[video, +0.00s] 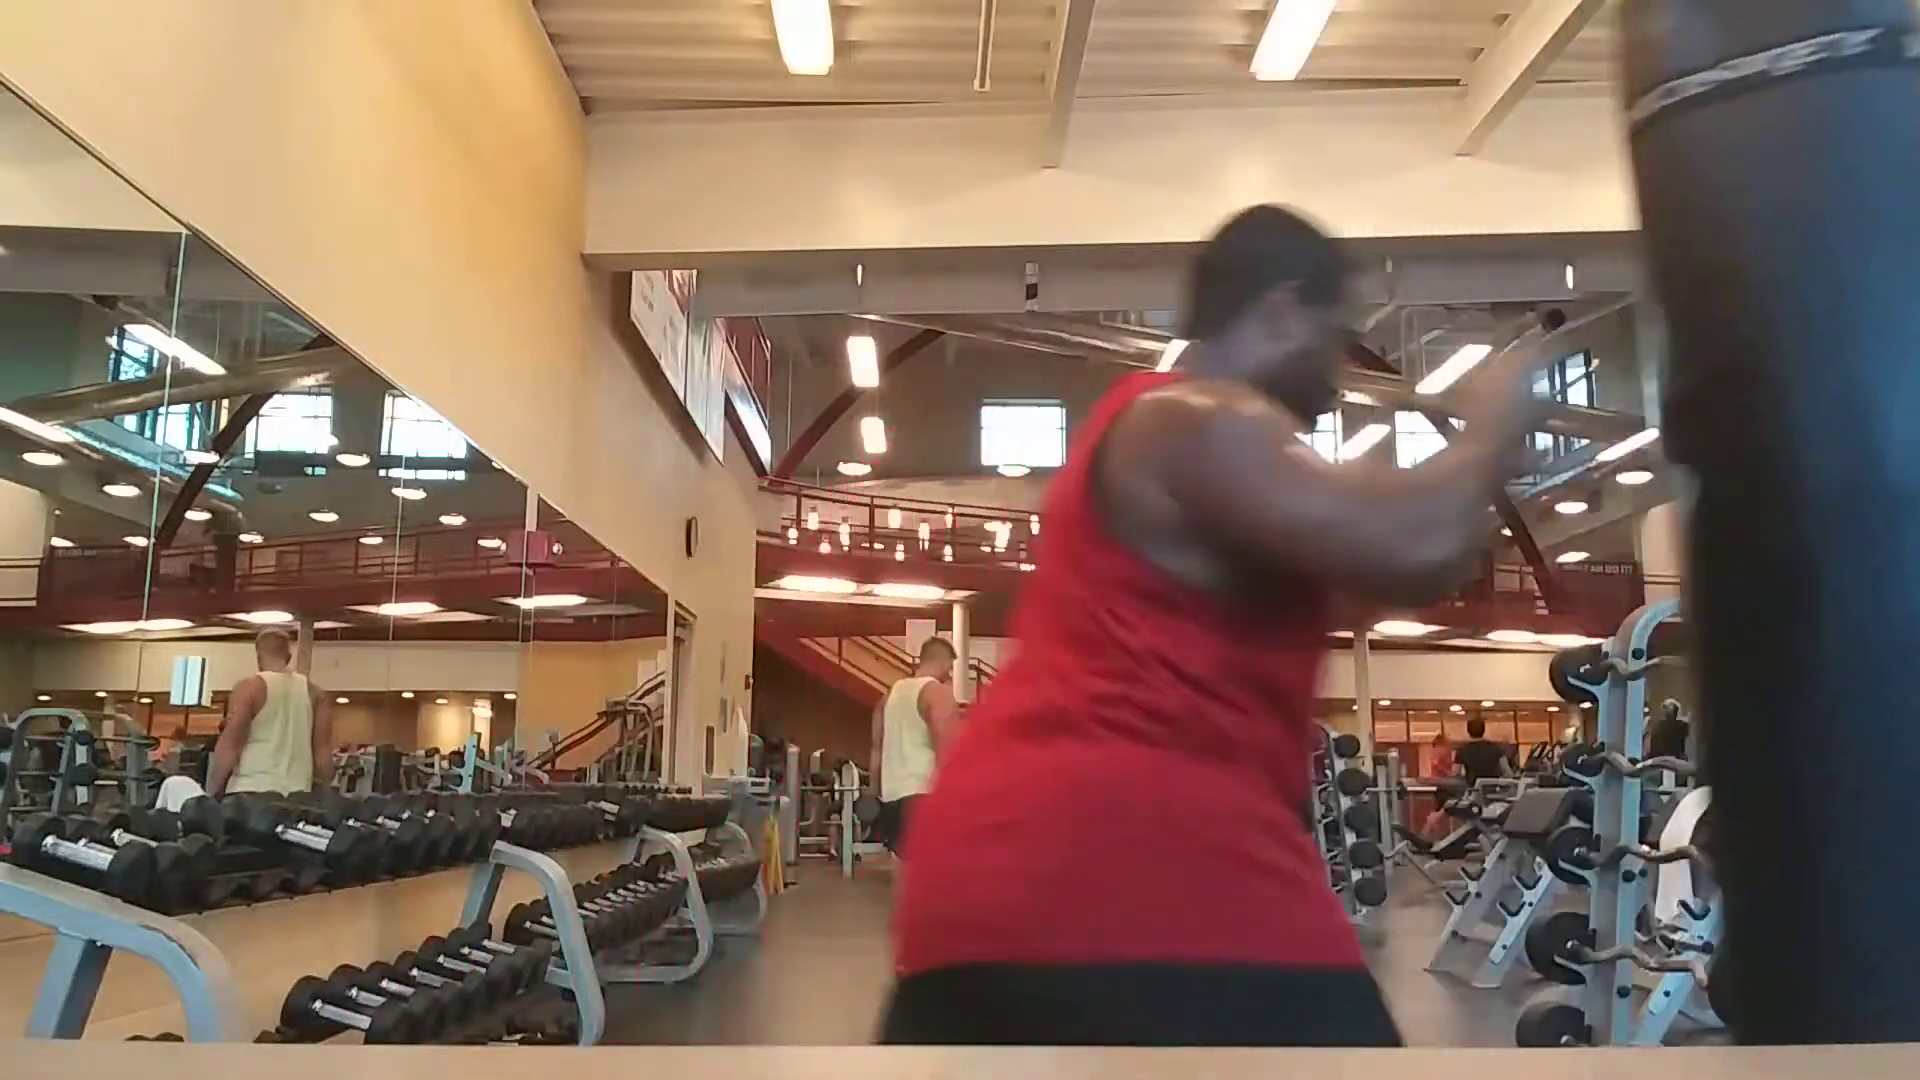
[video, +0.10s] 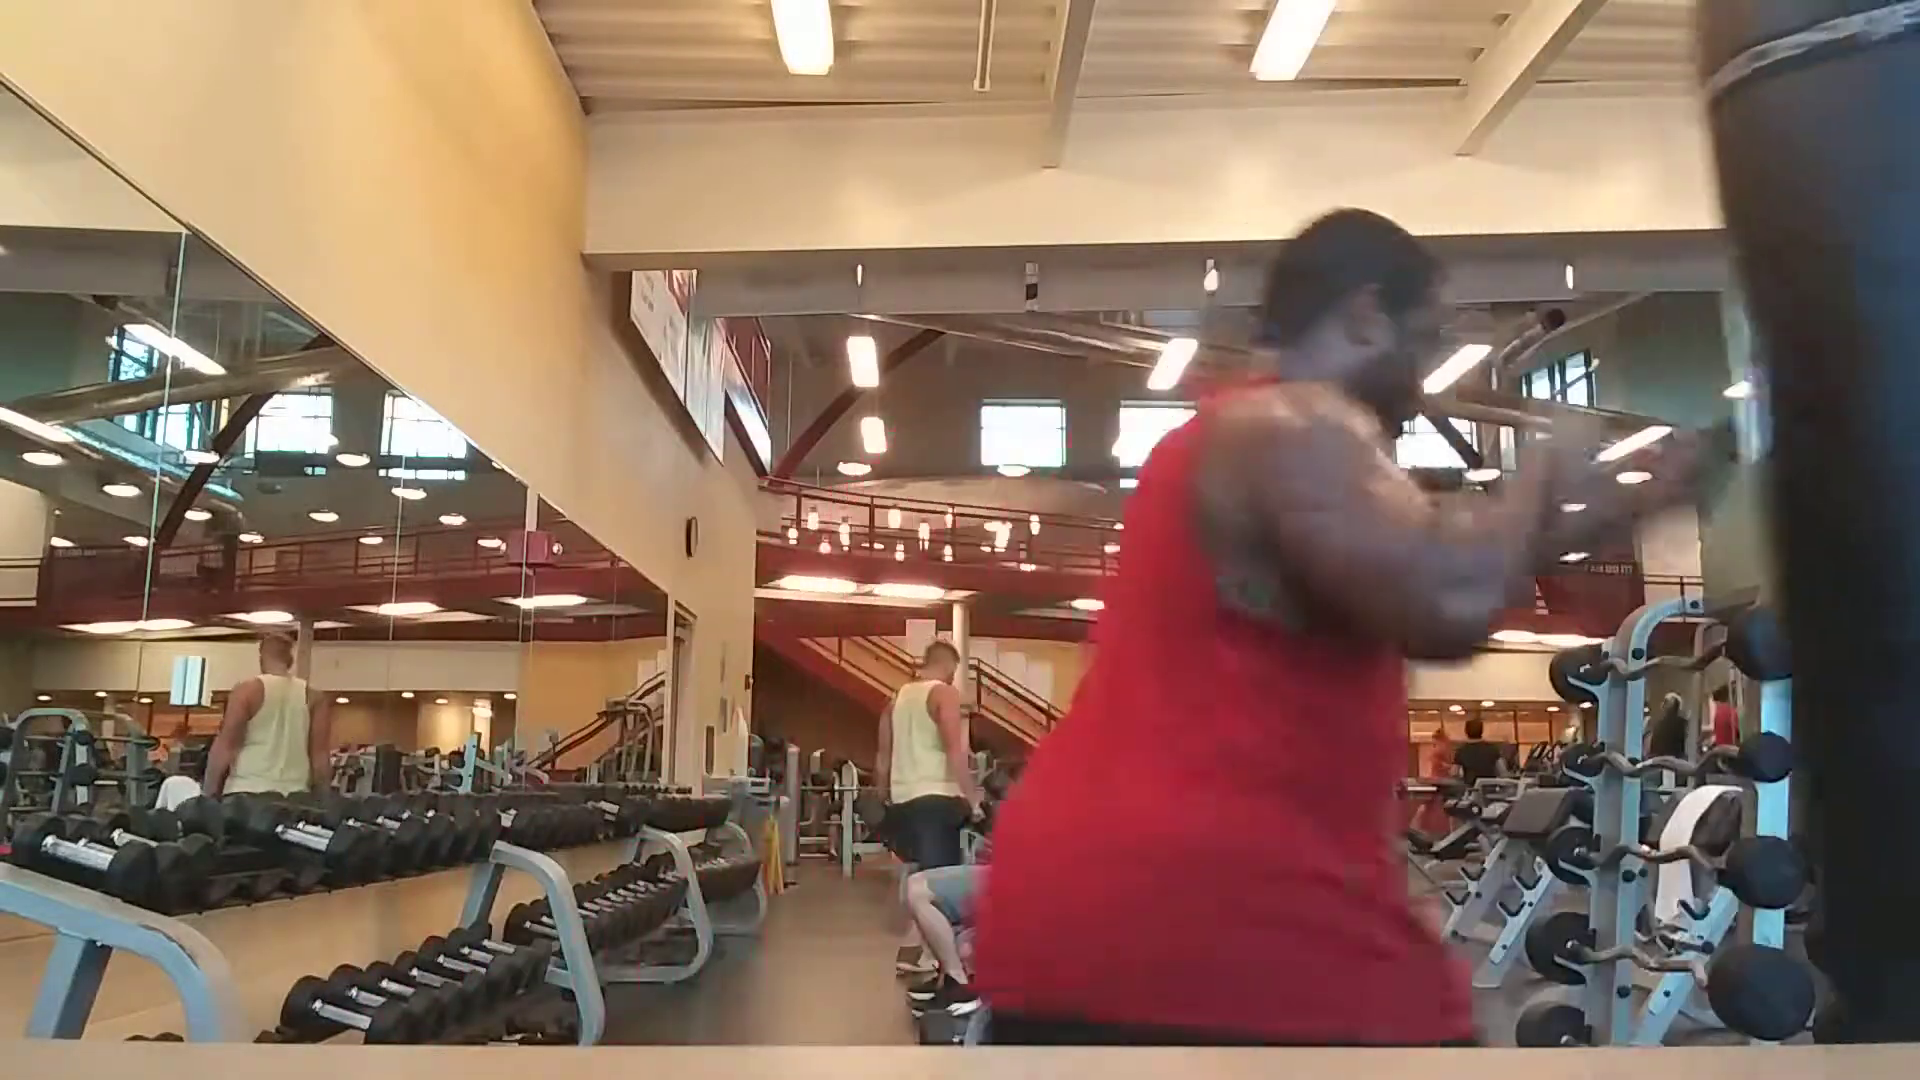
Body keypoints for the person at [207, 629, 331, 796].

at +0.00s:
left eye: (258, 655)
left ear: (259, 655)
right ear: (289, 657)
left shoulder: (250, 687)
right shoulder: (314, 692)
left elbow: (229, 746)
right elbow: (322, 749)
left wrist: (210, 796)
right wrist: (325, 793)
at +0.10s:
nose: (260, 659)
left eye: (260, 655)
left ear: (262, 657)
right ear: (290, 661)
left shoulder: (247, 690)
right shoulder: (314, 696)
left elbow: (225, 747)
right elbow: (320, 754)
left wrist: (208, 798)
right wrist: (322, 801)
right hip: (295, 799)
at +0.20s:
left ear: (265, 659)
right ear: (294, 663)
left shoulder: (247, 690)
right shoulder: (313, 698)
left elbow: (222, 746)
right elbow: (319, 756)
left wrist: (204, 795)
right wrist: (323, 806)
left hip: (243, 796)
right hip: (291, 799)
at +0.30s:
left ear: (267, 659)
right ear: (296, 663)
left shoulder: (247, 688)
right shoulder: (313, 698)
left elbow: (224, 741)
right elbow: (318, 755)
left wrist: (204, 784)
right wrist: (322, 803)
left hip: (240, 793)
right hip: (288, 797)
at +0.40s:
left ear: (268, 659)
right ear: (297, 664)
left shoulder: (247, 686)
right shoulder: (311, 696)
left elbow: (222, 741)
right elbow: (317, 756)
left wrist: (201, 783)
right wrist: (321, 802)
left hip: (238, 791)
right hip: (286, 795)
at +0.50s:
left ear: (269, 660)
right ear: (297, 664)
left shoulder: (245, 685)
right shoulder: (308, 697)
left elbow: (220, 739)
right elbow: (315, 759)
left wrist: (200, 781)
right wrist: (322, 802)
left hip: (234, 790)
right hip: (282, 795)